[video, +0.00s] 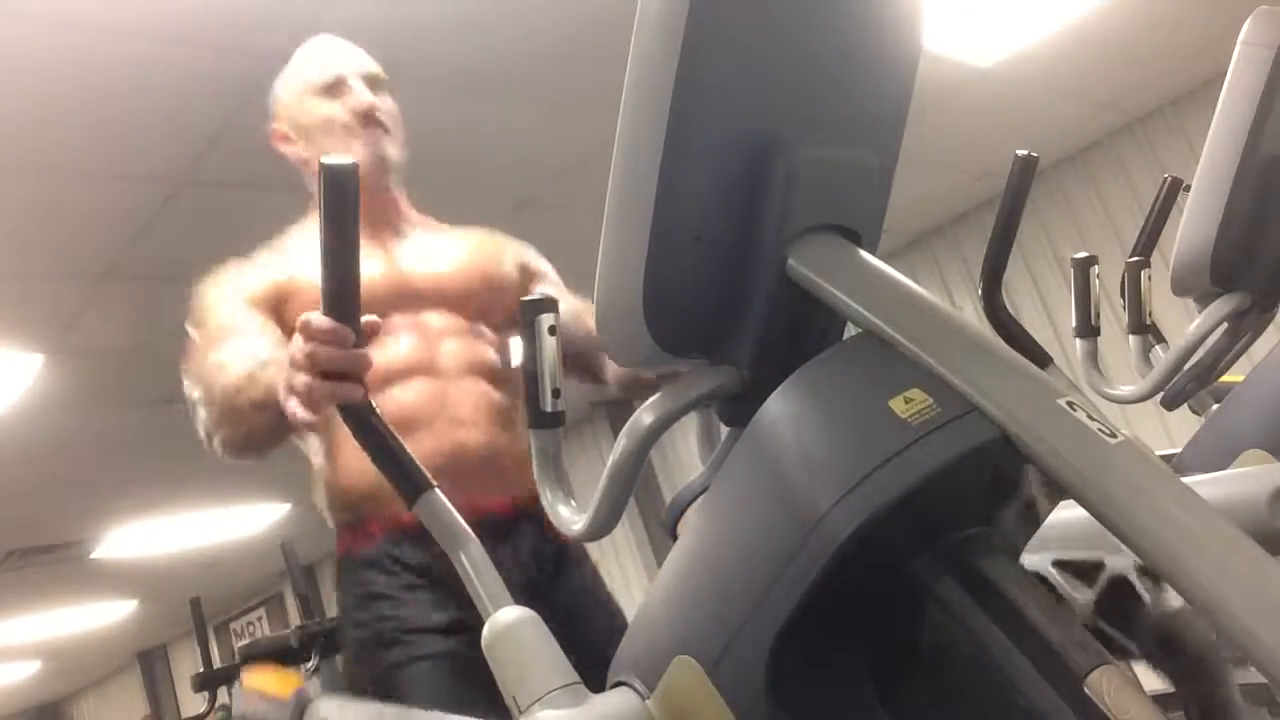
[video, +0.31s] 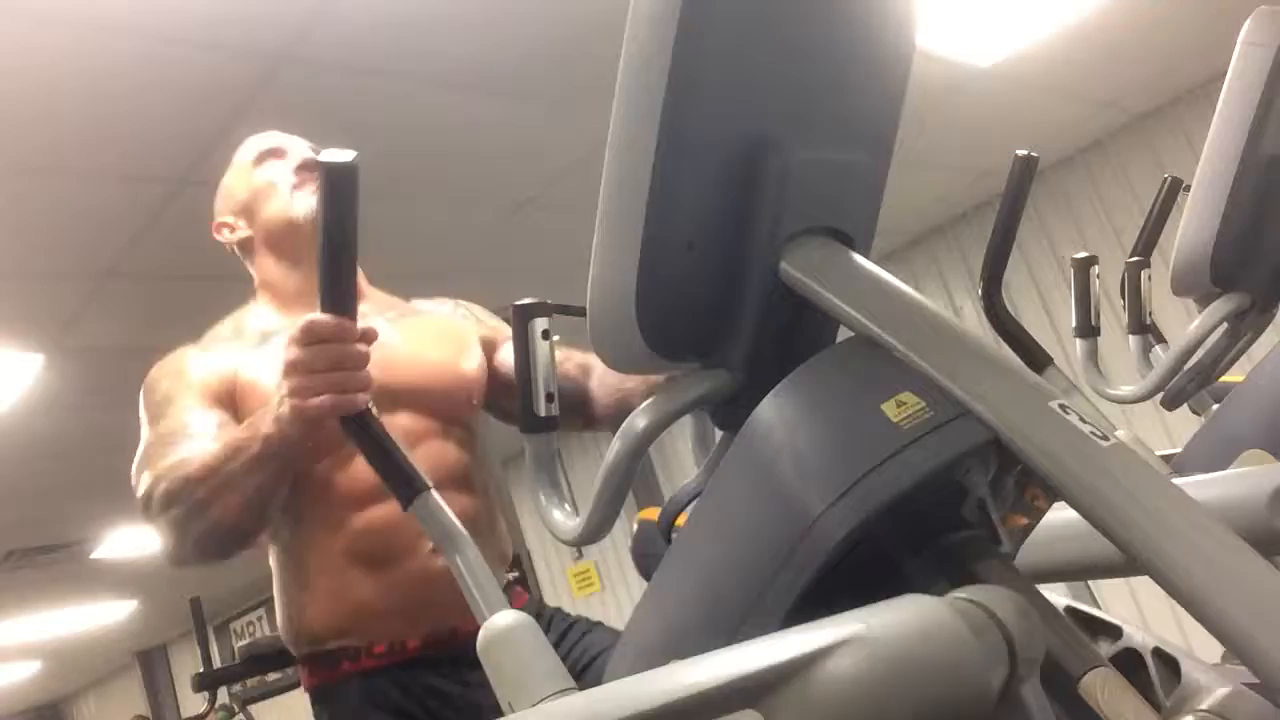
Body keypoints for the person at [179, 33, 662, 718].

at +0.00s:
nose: (365, 98)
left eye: (376, 84)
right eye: (332, 88)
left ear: (398, 115)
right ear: (287, 138)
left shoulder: (497, 254)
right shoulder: (253, 282)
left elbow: (609, 356)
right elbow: (228, 425)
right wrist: (287, 386)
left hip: (532, 544)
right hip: (397, 567)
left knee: (641, 701)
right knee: (447, 714)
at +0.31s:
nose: (308, 158)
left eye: (315, 152)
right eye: (269, 156)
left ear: (338, 193)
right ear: (230, 225)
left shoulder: (449, 320)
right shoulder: (200, 367)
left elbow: (594, 385)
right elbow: (185, 528)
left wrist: (720, 363)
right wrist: (289, 429)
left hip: (522, 637)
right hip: (375, 682)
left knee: (704, 688)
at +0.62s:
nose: (325, 128)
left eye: (334, 129)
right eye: (294, 131)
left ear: (359, 169)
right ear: (260, 196)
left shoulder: (462, 274)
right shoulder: (234, 288)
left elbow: (582, 365)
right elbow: (235, 396)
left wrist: (684, 364)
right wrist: (298, 353)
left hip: (527, 565)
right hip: (393, 600)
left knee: (645, 702)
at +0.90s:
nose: (310, 147)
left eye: (323, 145)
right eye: (284, 152)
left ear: (356, 177)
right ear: (255, 223)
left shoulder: (471, 289)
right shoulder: (238, 324)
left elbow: (592, 385)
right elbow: (227, 452)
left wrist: (708, 388)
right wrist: (301, 398)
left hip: (539, 590)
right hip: (403, 622)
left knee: (626, 711)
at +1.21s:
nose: (288, 170)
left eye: (298, 172)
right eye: (257, 175)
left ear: (324, 213)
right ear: (222, 251)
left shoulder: (445, 324)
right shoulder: (192, 374)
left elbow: (588, 382)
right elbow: (178, 552)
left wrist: (704, 362)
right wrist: (271, 457)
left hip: (518, 629)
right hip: (372, 674)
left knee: (691, 698)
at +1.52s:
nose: (336, 110)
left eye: (339, 110)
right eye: (301, 112)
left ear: (364, 145)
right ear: (259, 175)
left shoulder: (464, 256)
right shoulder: (235, 269)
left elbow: (588, 352)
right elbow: (237, 391)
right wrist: (307, 361)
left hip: (532, 553)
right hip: (397, 585)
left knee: (663, 698)